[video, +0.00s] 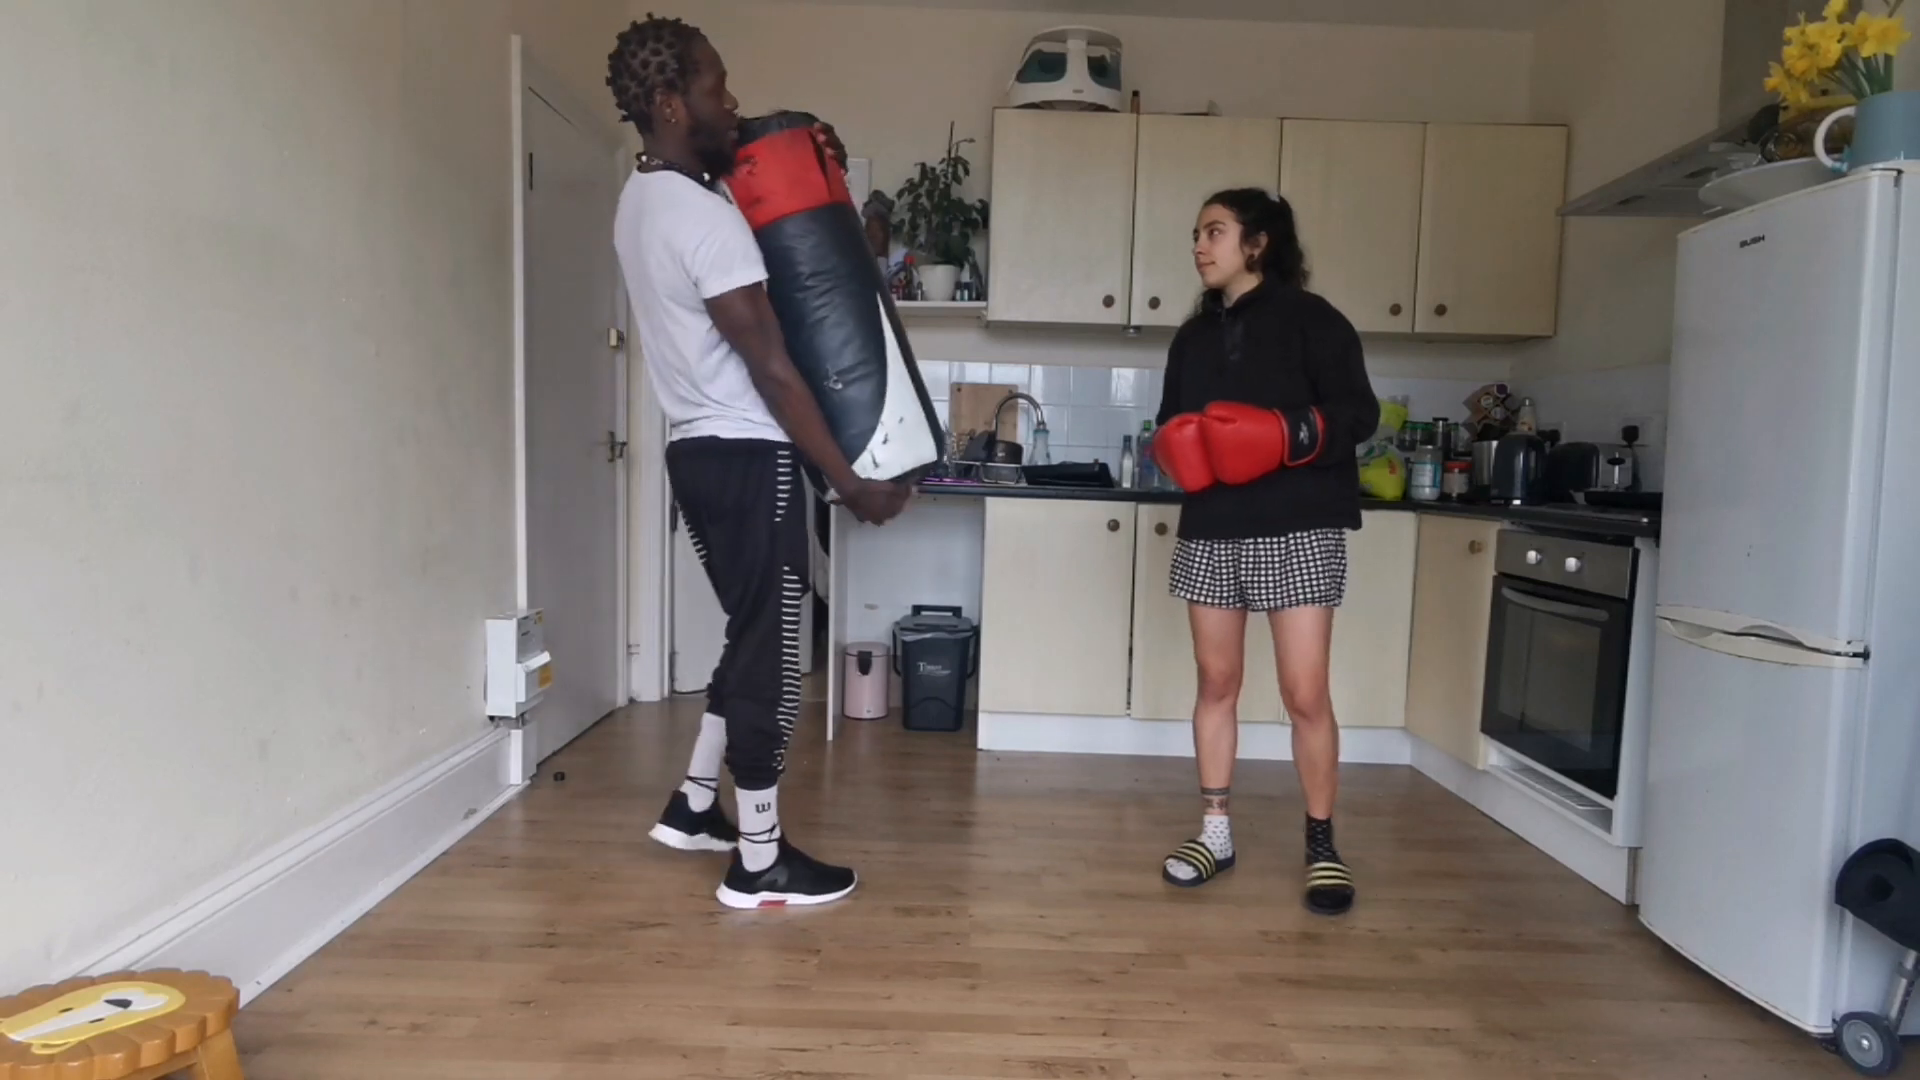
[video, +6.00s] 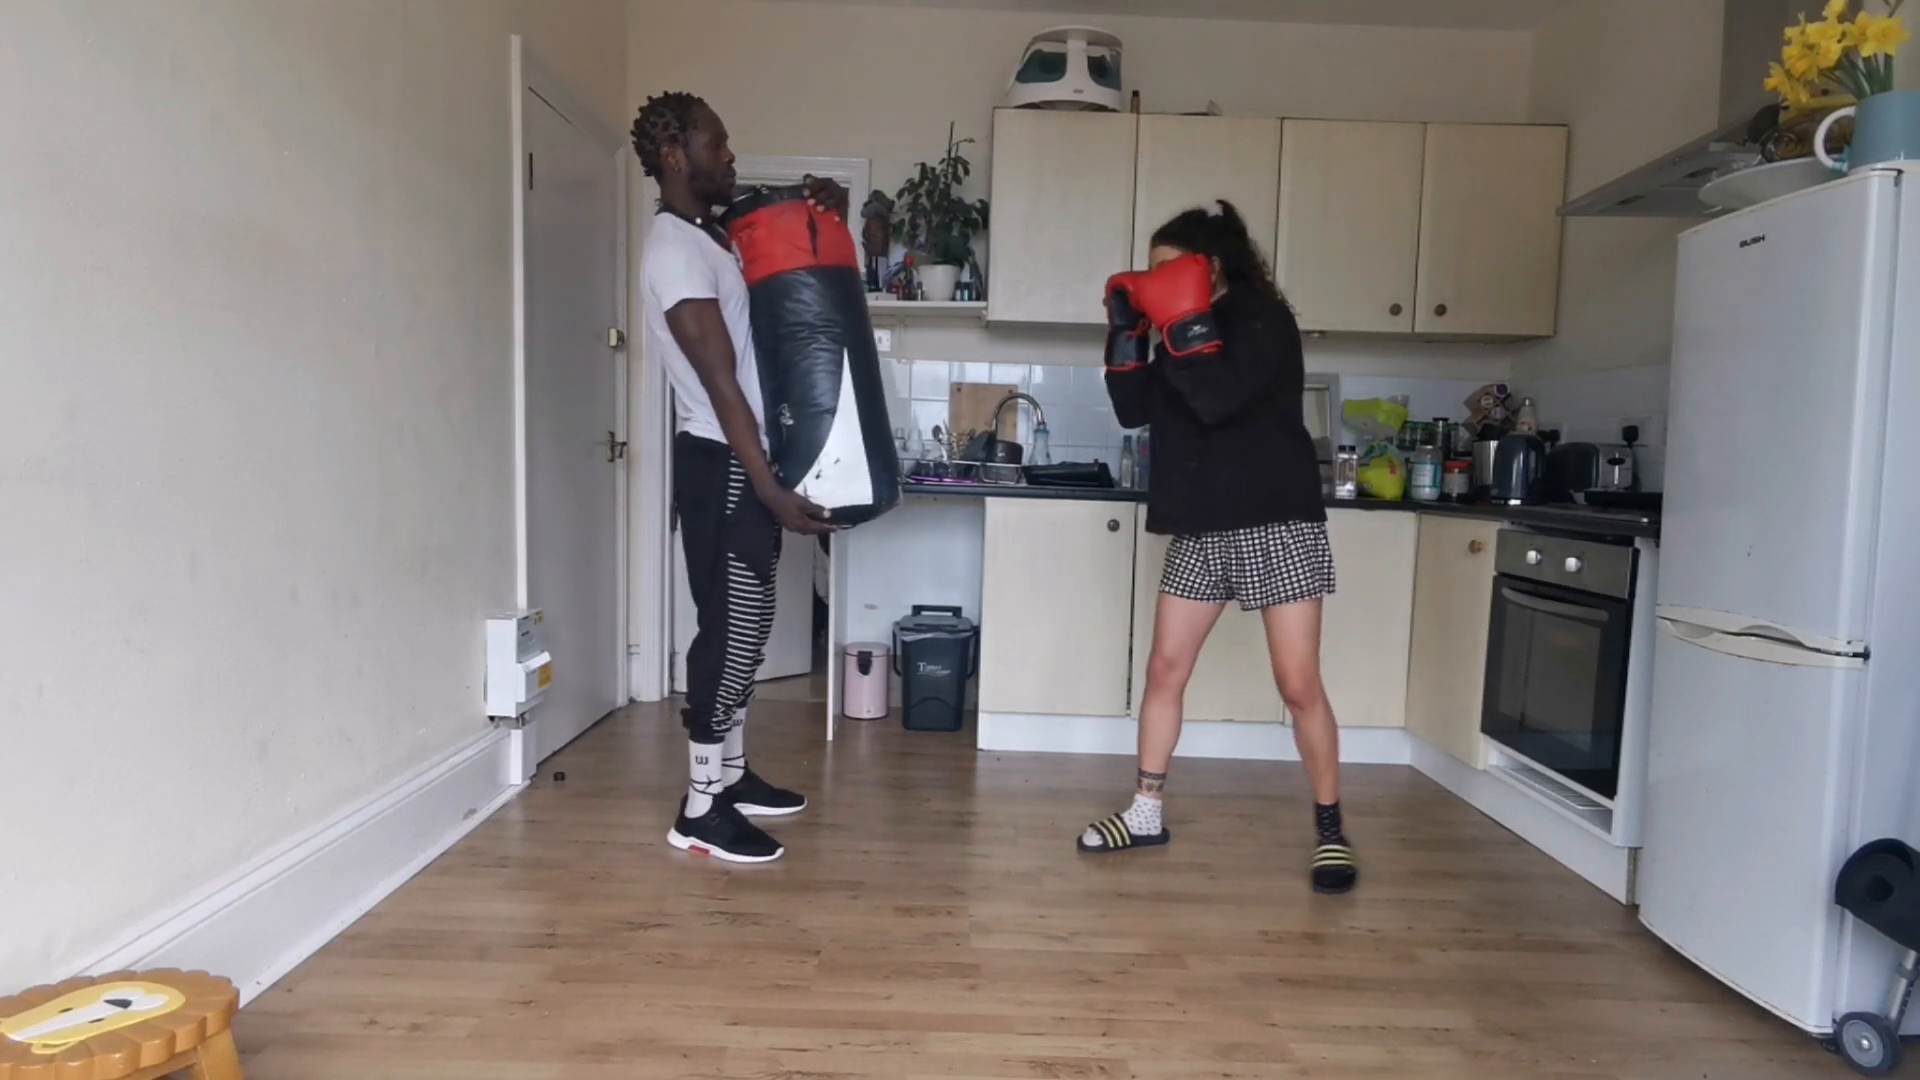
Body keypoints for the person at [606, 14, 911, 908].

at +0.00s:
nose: (732, 101)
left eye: (725, 85)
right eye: (717, 87)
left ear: (659, 109)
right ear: (670, 105)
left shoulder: (643, 197)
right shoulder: (701, 214)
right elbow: (767, 360)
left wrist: (767, 147)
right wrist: (848, 481)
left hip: (700, 449)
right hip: (749, 453)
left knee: (759, 624)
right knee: (772, 638)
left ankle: (697, 798)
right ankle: (760, 859)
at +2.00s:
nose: (738, 141)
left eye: (733, 128)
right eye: (722, 130)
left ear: (688, 146)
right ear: (678, 146)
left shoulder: (719, 233)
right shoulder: (682, 239)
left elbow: (779, 324)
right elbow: (723, 376)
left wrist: (841, 236)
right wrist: (778, 485)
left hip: (745, 456)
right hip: (715, 460)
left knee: (743, 631)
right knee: (733, 634)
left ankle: (734, 789)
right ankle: (709, 819)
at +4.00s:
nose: (735, 144)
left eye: (730, 130)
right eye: (720, 132)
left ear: (681, 148)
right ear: (676, 146)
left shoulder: (709, 233)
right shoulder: (673, 240)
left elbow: (776, 316)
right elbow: (722, 378)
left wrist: (826, 233)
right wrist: (776, 486)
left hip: (749, 450)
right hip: (713, 455)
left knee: (772, 612)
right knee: (725, 621)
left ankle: (731, 768)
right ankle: (710, 811)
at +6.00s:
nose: (730, 155)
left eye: (727, 142)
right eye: (716, 143)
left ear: (681, 155)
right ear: (672, 153)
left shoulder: (707, 236)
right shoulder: (672, 243)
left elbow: (781, 289)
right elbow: (718, 377)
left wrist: (819, 214)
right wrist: (770, 484)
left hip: (745, 450)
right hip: (717, 454)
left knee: (743, 617)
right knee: (735, 621)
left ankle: (727, 775)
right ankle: (703, 805)